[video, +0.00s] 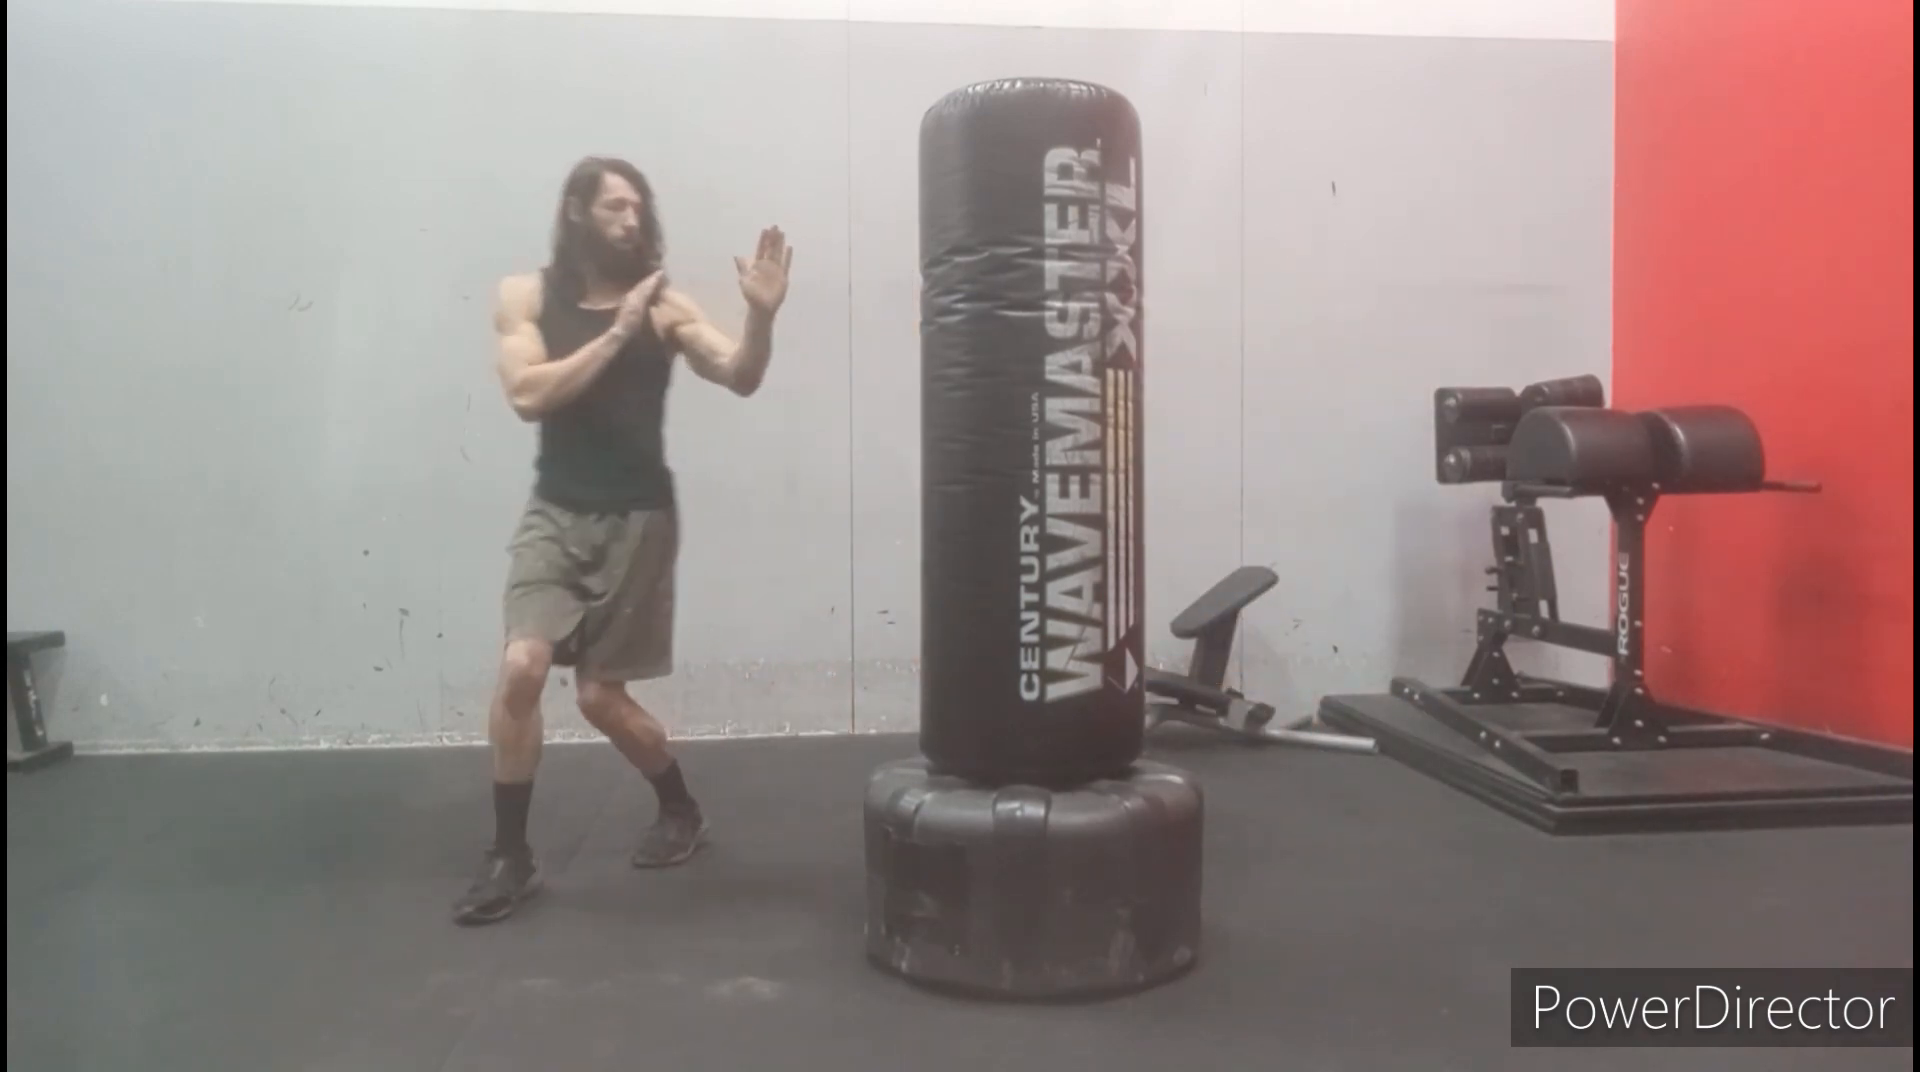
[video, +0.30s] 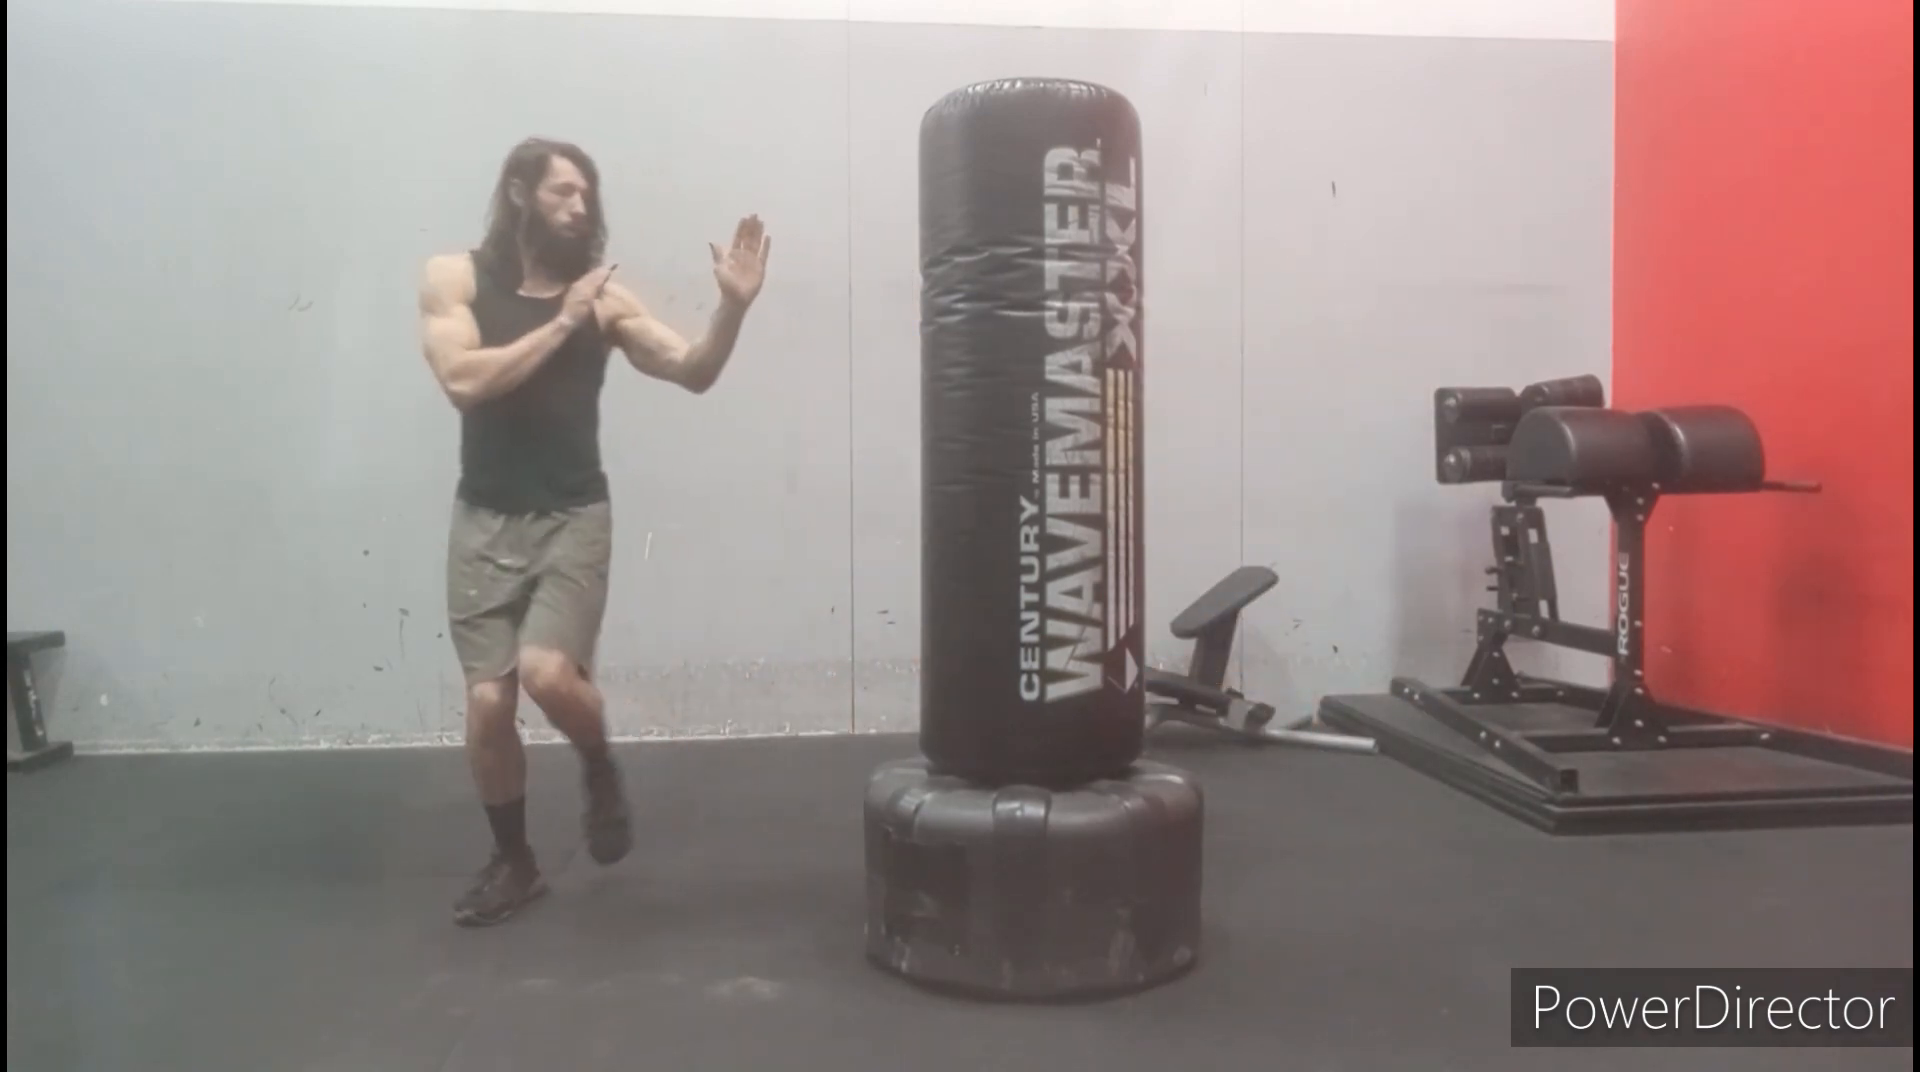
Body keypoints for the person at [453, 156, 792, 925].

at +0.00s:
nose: (631, 219)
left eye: (638, 208)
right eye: (614, 207)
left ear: (647, 220)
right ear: (576, 218)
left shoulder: (662, 306)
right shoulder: (525, 295)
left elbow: (741, 376)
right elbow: (528, 396)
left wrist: (761, 315)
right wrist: (621, 331)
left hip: (637, 516)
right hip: (555, 510)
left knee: (598, 696)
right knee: (521, 668)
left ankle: (680, 810)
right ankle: (509, 855)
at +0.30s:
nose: (578, 207)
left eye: (585, 195)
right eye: (562, 193)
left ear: (592, 206)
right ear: (520, 197)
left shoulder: (600, 295)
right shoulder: (453, 277)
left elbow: (694, 370)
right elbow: (463, 381)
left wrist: (732, 305)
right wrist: (562, 324)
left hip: (574, 514)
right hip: (487, 516)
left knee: (546, 675)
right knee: (488, 700)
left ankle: (602, 775)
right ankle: (513, 862)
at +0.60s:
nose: (555, 198)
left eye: (560, 185)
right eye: (538, 183)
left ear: (563, 196)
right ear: (490, 187)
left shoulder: (572, 290)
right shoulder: (416, 269)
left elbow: (678, 368)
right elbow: (439, 383)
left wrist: (729, 302)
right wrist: (544, 316)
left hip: (546, 515)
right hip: (457, 522)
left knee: (515, 664)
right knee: (485, 716)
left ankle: (501, 885)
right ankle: (514, 877)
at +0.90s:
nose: (548, 178)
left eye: (552, 163)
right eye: (531, 161)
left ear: (553, 174)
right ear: (478, 164)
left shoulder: (557, 276)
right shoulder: (398, 249)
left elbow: (676, 359)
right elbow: (438, 371)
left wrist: (743, 289)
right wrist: (544, 302)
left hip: (537, 524)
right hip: (440, 531)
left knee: (513, 711)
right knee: (458, 756)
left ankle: (475, 928)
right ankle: (505, 837)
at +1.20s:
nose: (551, 160)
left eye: (553, 144)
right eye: (533, 142)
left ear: (545, 155)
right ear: (477, 145)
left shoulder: (552, 263)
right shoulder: (392, 233)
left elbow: (676, 350)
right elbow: (438, 366)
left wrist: (754, 280)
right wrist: (544, 290)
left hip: (533, 519)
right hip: (427, 512)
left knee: (524, 726)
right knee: (449, 692)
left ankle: (474, 926)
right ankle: (418, 832)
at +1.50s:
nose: (551, 159)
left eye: (553, 142)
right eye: (534, 141)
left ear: (538, 153)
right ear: (477, 144)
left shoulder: (545, 263)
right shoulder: (388, 235)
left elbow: (669, 350)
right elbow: (442, 373)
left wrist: (753, 286)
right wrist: (544, 291)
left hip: (530, 517)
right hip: (432, 507)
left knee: (513, 731)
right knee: (487, 669)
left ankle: (473, 924)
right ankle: (457, 938)